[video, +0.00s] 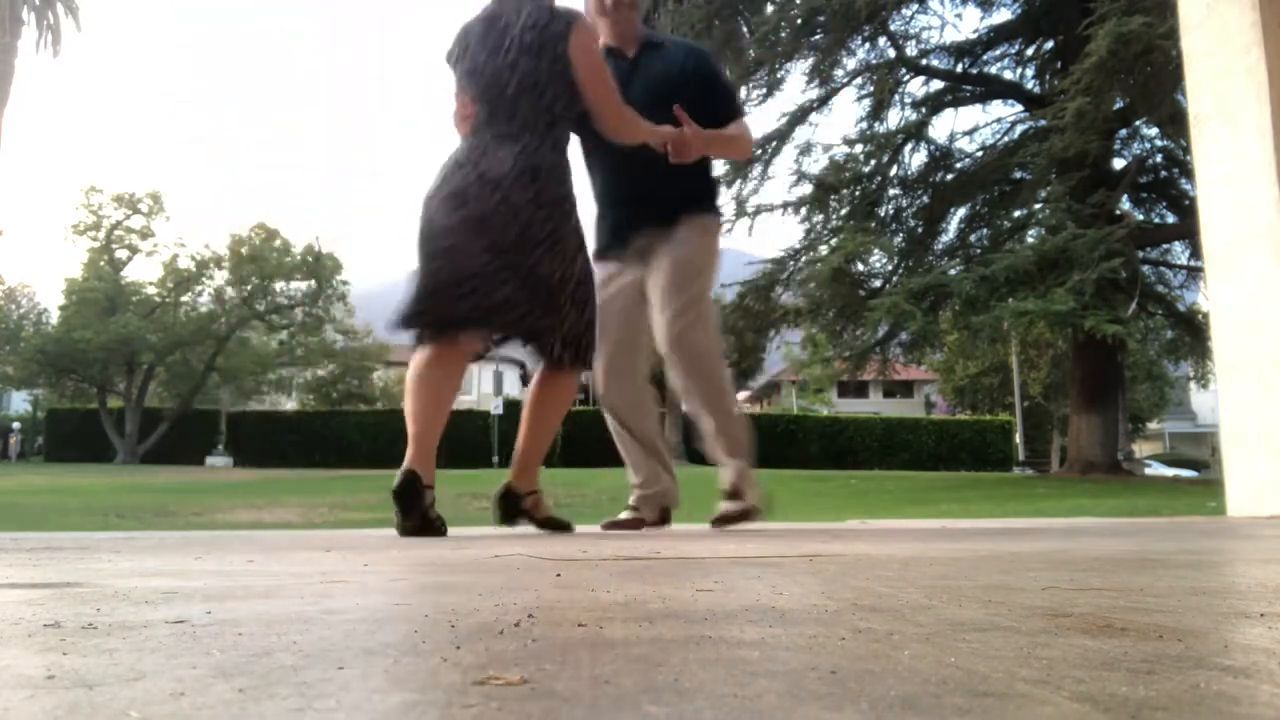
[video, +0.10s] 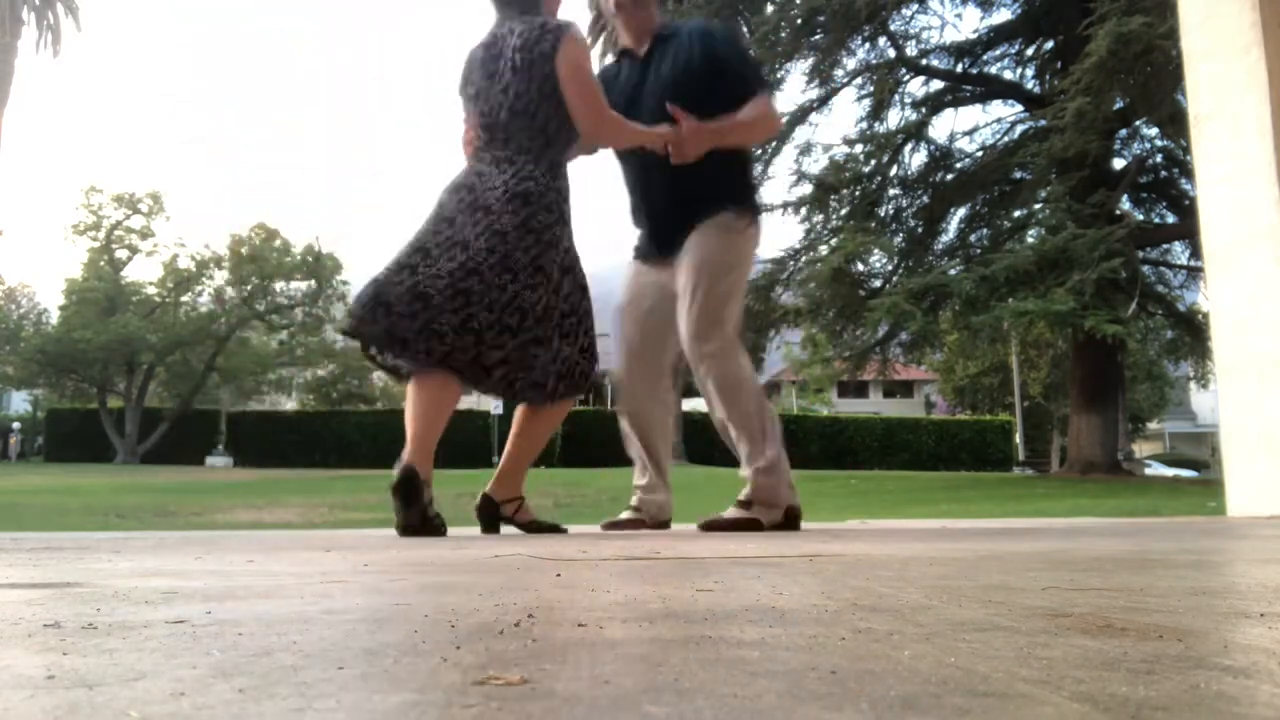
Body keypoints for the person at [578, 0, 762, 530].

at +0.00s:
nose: (608, 3)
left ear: (637, 4)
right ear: (586, 8)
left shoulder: (686, 61)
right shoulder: (578, 71)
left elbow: (741, 143)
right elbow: (535, 117)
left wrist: (705, 142)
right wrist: (477, 114)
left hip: (684, 227)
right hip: (616, 241)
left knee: (680, 336)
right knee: (615, 376)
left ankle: (739, 481)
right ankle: (652, 496)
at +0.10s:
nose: (619, 4)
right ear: (605, 9)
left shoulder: (704, 41)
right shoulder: (608, 81)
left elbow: (767, 119)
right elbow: (571, 141)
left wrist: (708, 134)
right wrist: (493, 140)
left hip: (719, 219)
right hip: (657, 237)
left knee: (707, 341)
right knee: (638, 366)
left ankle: (772, 497)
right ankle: (651, 504)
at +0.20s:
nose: (628, 4)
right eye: (625, 3)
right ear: (629, 9)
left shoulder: (714, 9)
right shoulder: (636, 62)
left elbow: (782, 67)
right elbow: (600, 143)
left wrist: (705, 97)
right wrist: (521, 148)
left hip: (745, 199)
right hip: (691, 217)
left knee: (726, 336)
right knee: (681, 352)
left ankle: (775, 498)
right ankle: (685, 495)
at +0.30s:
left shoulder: (708, 4)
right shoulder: (658, 47)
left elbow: (779, 38)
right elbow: (640, 137)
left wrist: (686, 85)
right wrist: (579, 161)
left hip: (755, 181)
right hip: (718, 195)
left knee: (742, 330)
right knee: (706, 337)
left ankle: (773, 495)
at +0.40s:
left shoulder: (694, 4)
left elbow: (751, 30)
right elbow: (716, 123)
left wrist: (667, 97)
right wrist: (649, 166)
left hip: (747, 174)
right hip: (793, 171)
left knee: (738, 334)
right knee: (769, 331)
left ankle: (773, 497)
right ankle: (859, 437)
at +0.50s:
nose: (650, 36)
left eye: (650, 27)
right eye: (649, 34)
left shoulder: (686, 2)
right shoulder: (758, 12)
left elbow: (709, 44)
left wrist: (644, 125)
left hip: (743, 167)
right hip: (818, 162)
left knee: (730, 332)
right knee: (815, 321)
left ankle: (771, 495)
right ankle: (861, 451)